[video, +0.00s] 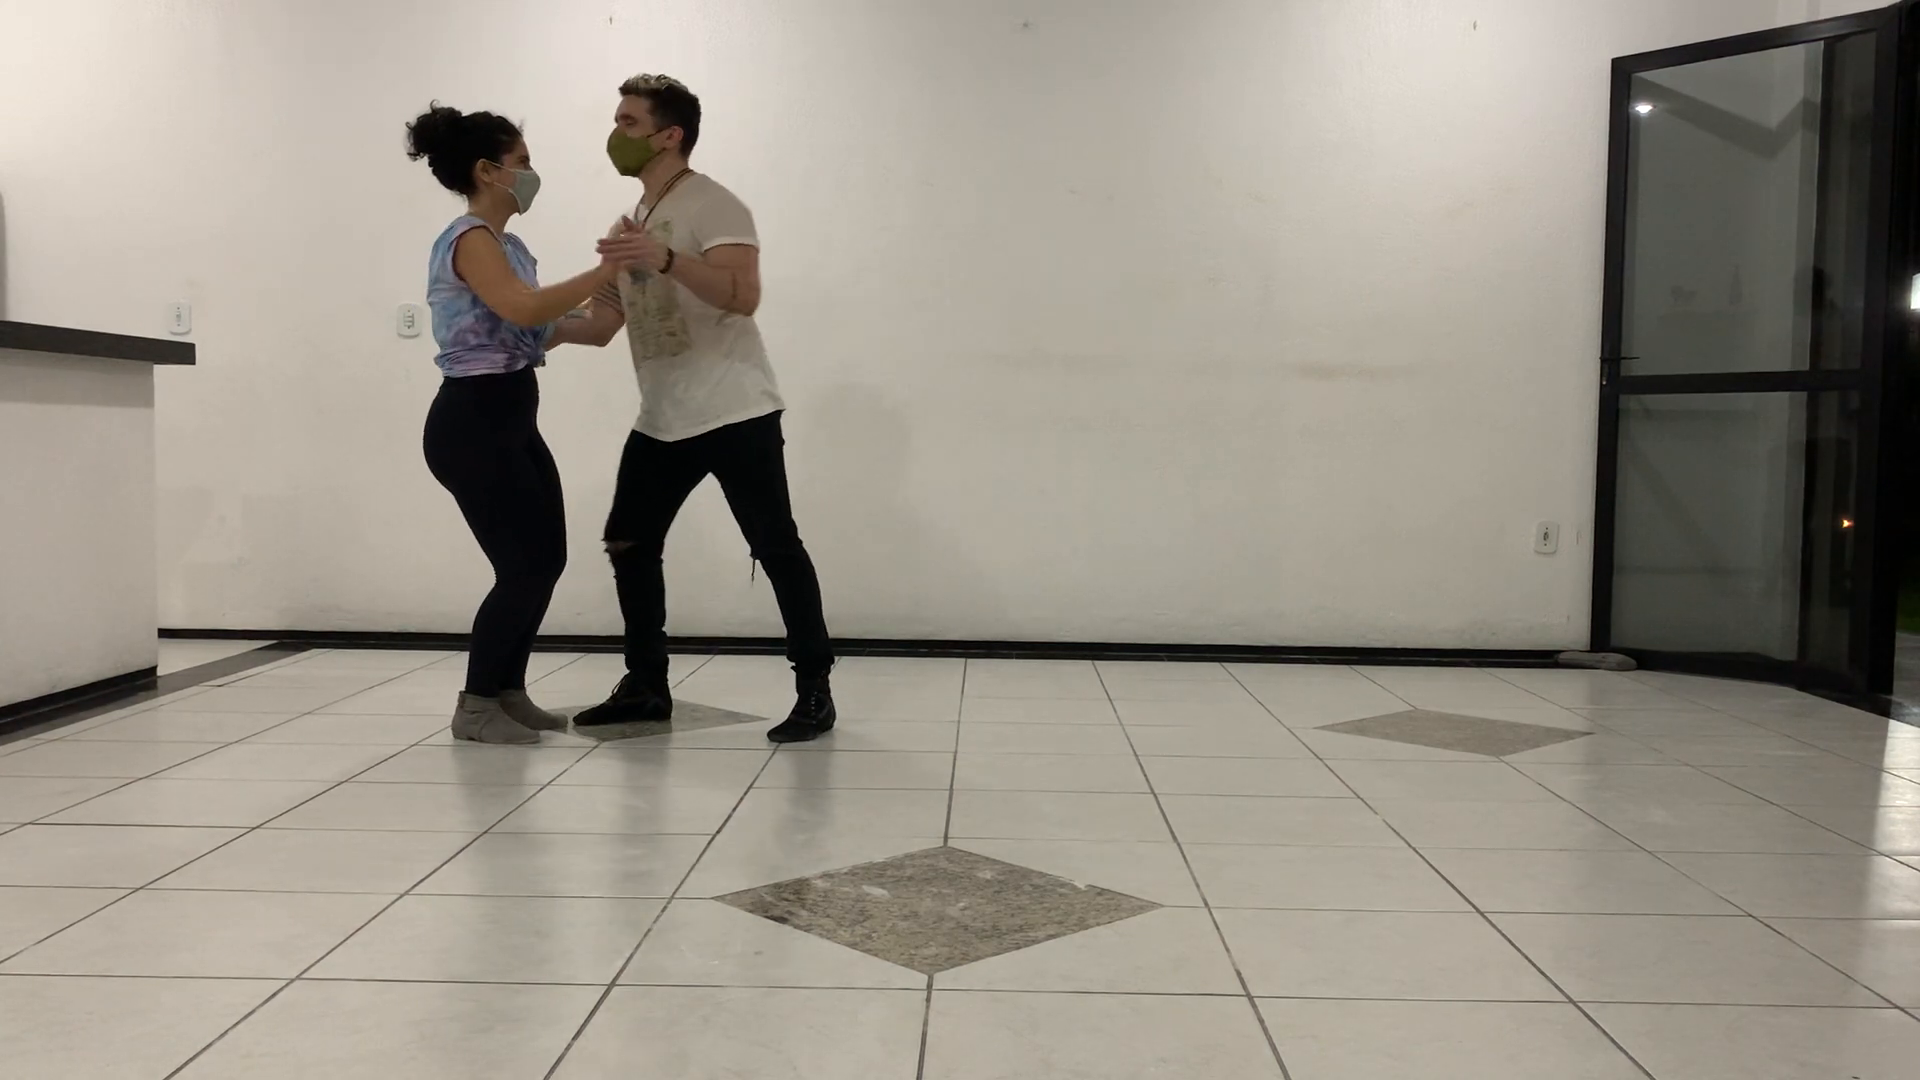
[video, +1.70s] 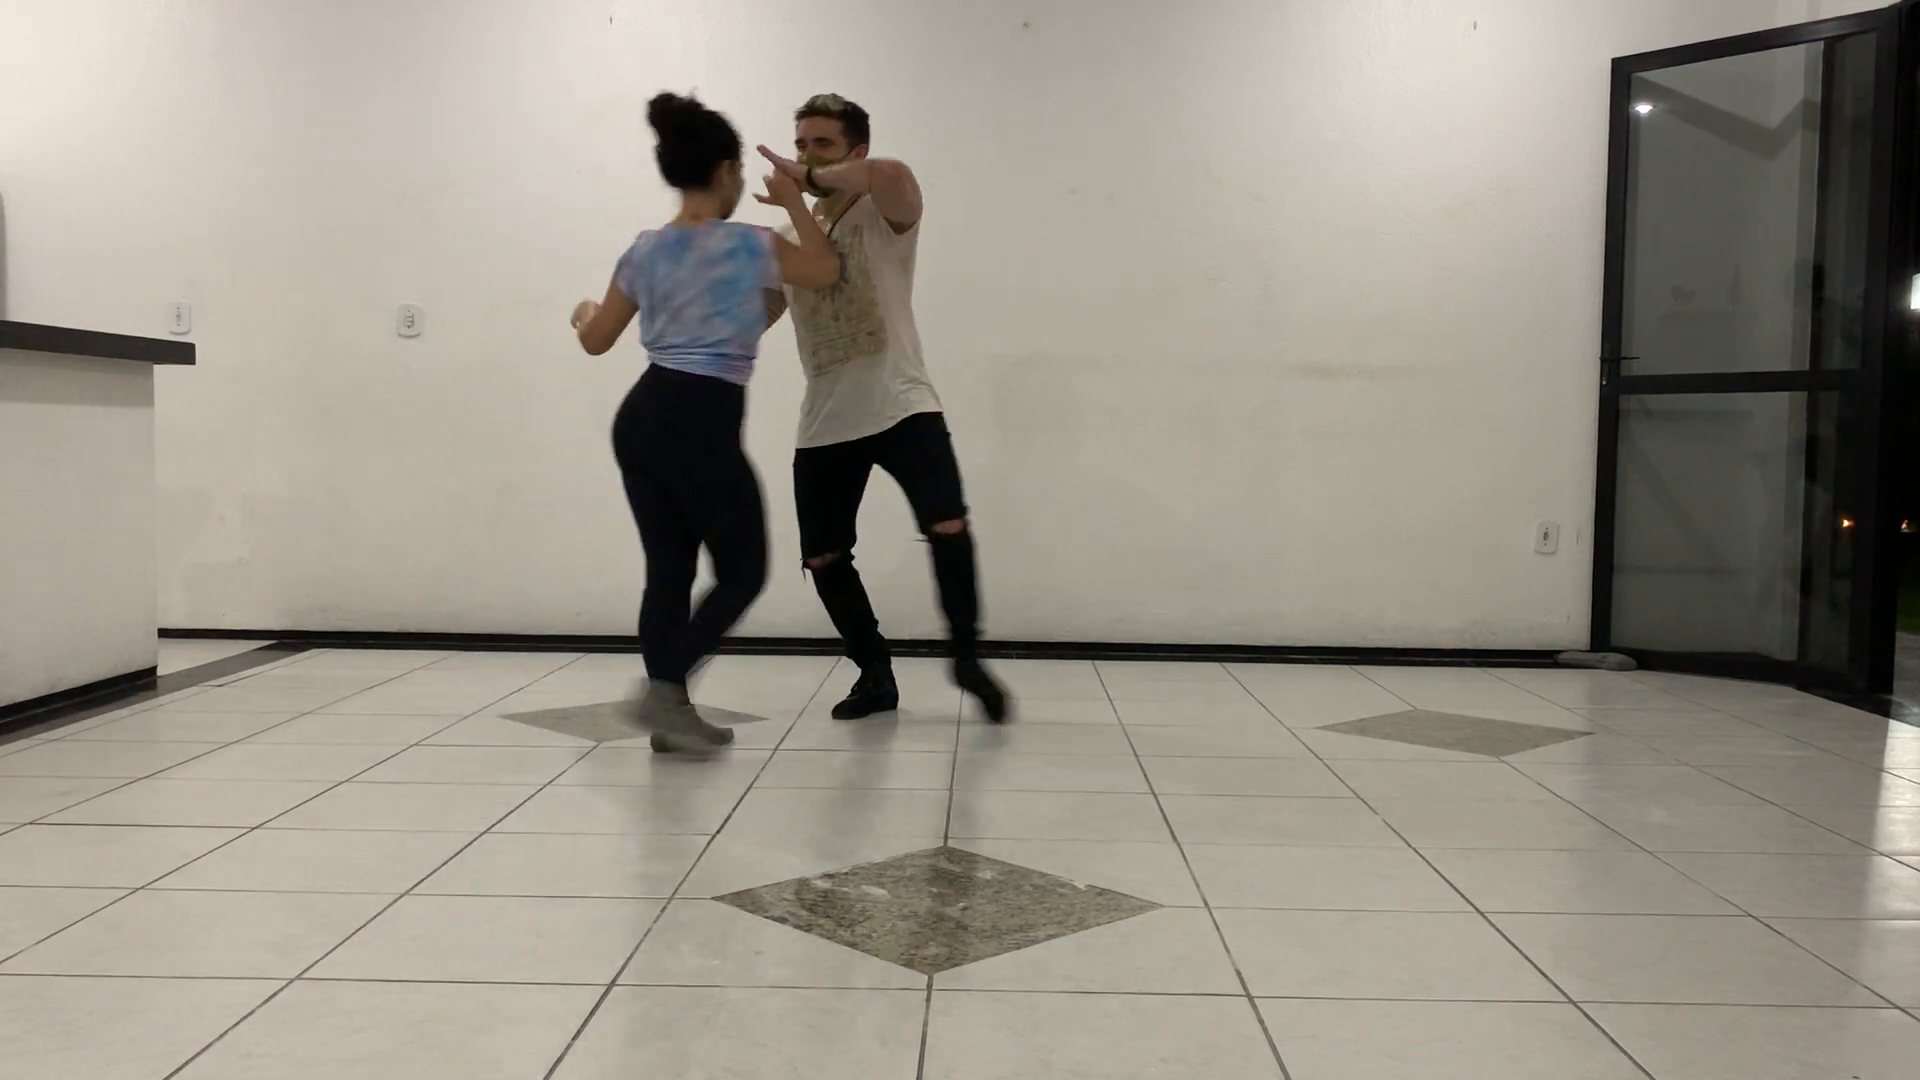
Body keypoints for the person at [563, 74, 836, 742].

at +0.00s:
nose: (614, 131)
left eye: (628, 122)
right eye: (616, 120)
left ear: (671, 135)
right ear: (651, 137)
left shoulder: (714, 205)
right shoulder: (630, 229)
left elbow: (742, 294)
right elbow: (600, 324)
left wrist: (665, 260)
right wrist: (526, 320)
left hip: (737, 408)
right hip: (665, 416)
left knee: (776, 546)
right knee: (630, 540)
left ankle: (815, 695)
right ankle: (646, 688)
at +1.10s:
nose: (696, 174)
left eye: (709, 162)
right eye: (691, 162)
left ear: (751, 168)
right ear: (690, 166)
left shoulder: (799, 235)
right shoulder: (694, 251)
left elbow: (790, 302)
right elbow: (628, 314)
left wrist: (712, 258)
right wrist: (552, 331)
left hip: (828, 418)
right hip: (752, 422)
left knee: (792, 554)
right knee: (687, 535)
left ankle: (742, 681)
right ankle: (659, 667)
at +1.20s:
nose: (719, 177)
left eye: (733, 166)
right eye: (717, 166)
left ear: (776, 173)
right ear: (719, 172)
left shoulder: (818, 241)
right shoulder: (715, 255)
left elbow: (798, 302)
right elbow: (651, 315)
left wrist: (717, 271)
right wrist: (577, 335)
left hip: (834, 424)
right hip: (760, 426)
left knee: (795, 557)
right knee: (699, 535)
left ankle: (742, 679)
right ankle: (740, 644)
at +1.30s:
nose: (741, 174)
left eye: (755, 164)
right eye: (738, 163)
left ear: (797, 172)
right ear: (736, 166)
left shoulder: (835, 244)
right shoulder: (731, 248)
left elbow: (833, 306)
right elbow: (673, 316)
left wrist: (755, 289)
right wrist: (602, 336)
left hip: (838, 426)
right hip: (766, 429)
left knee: (798, 562)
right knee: (725, 552)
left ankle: (743, 678)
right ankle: (819, 644)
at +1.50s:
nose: (770, 164)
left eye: (784, 153)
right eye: (765, 153)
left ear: (824, 160)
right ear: (761, 159)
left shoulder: (858, 224)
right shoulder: (758, 245)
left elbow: (912, 261)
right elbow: (718, 336)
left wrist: (826, 227)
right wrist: (665, 294)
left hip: (865, 407)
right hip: (795, 420)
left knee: (834, 544)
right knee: (799, 562)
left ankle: (770, 675)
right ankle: (872, 676)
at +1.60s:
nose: (788, 162)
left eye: (802, 150)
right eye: (782, 151)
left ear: (839, 156)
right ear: (774, 158)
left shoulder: (878, 220)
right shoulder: (774, 245)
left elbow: (911, 217)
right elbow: (727, 328)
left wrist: (837, 199)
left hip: (885, 399)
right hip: (815, 415)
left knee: (895, 527)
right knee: (813, 559)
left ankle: (863, 660)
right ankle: (875, 684)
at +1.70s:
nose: (808, 157)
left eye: (821, 145)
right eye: (801, 145)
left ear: (858, 151)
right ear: (794, 152)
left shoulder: (892, 209)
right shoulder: (792, 240)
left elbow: (887, 174)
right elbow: (754, 315)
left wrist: (809, 180)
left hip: (901, 397)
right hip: (826, 413)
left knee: (947, 521)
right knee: (824, 556)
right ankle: (875, 675)